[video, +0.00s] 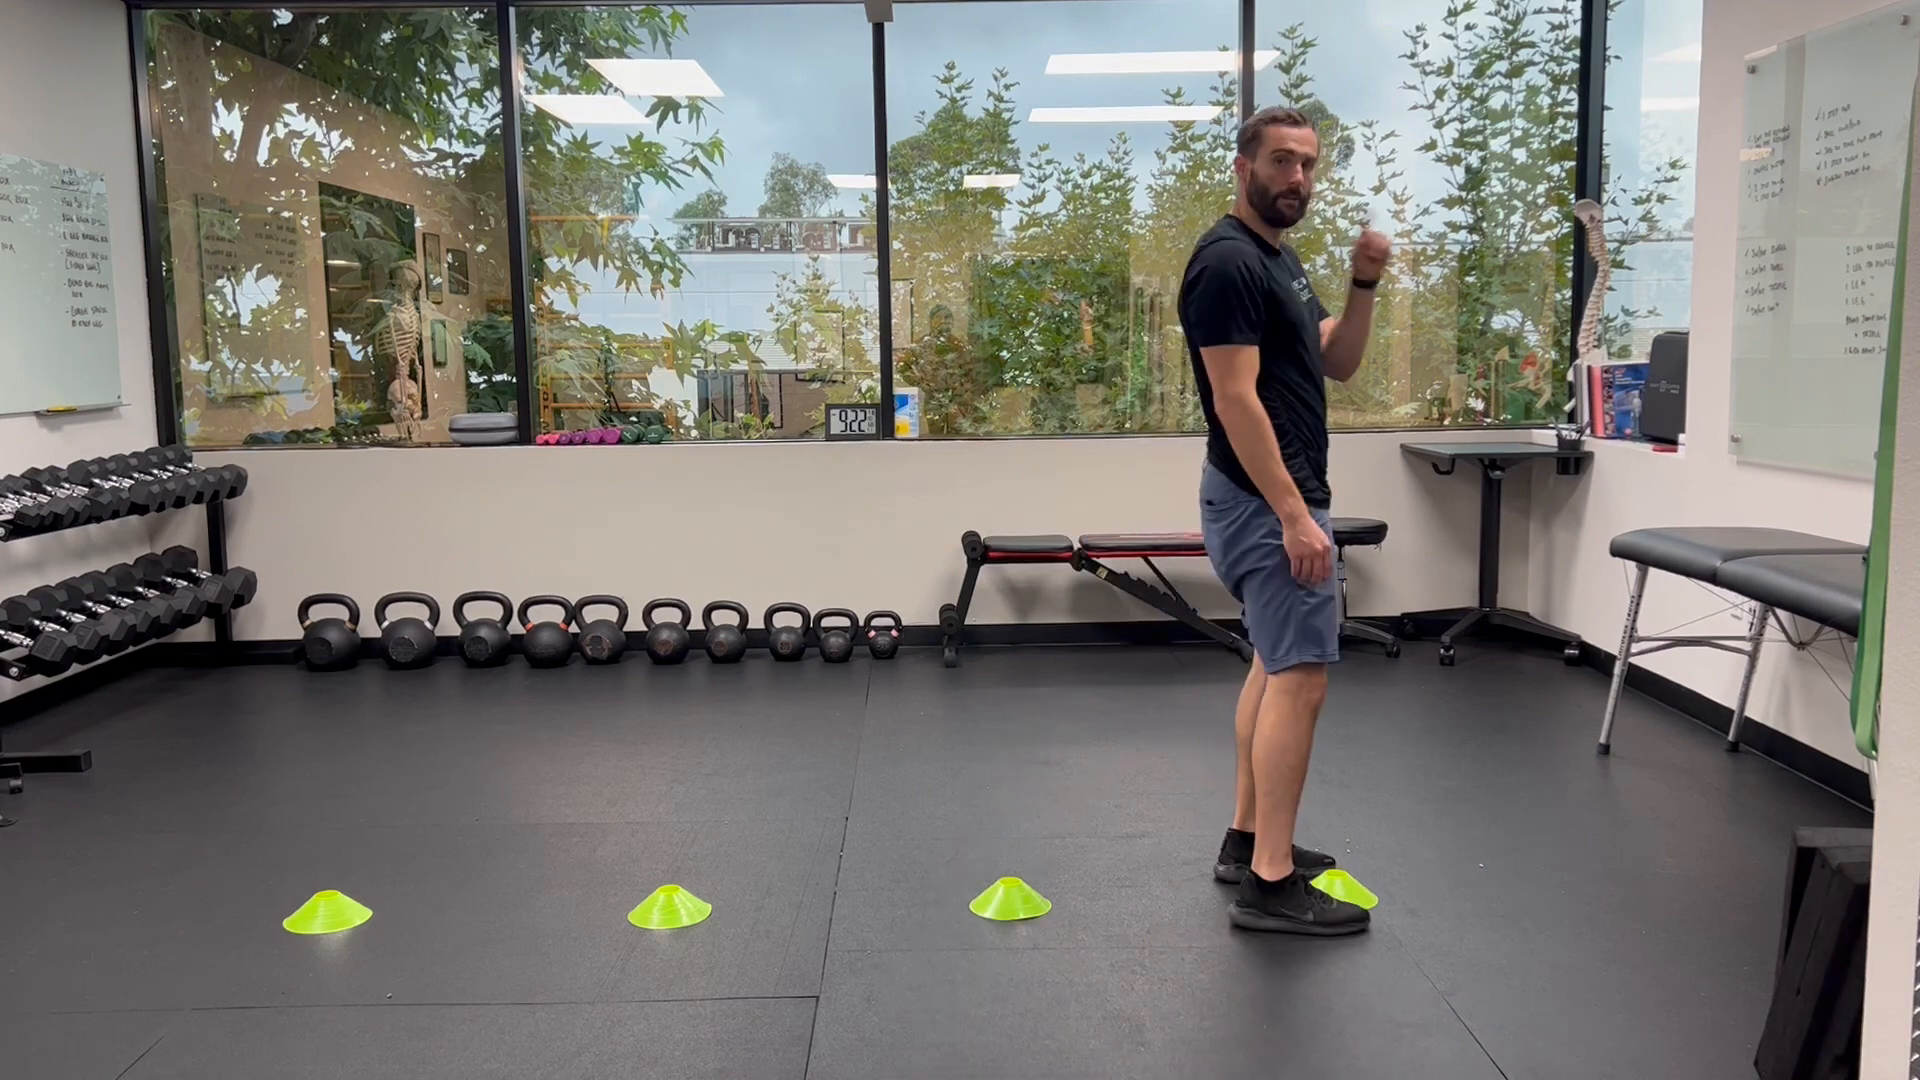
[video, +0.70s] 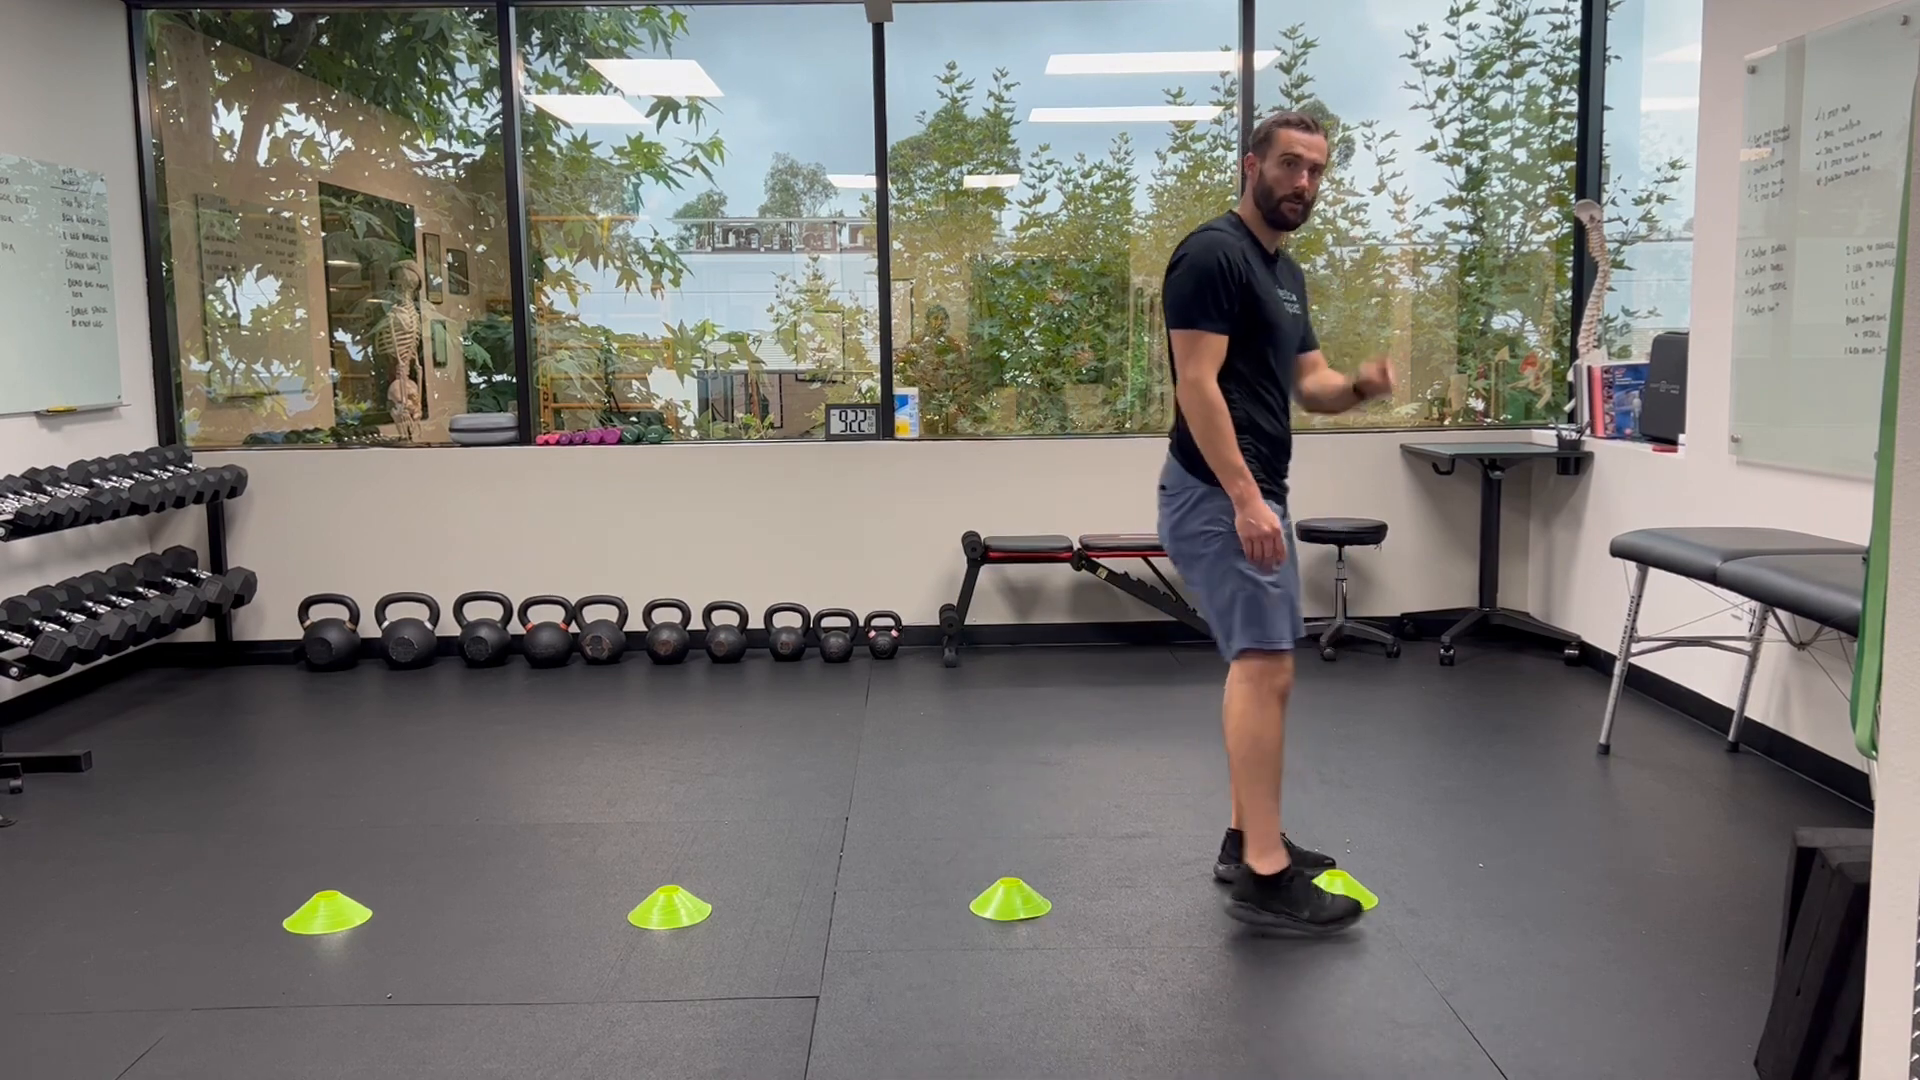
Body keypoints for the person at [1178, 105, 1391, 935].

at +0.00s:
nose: (1298, 177)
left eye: (1308, 164)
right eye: (1283, 160)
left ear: (1314, 176)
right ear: (1242, 166)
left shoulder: (1273, 260)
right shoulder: (1228, 261)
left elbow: (1335, 364)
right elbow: (1234, 399)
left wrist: (1363, 283)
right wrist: (1293, 511)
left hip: (1277, 495)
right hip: (1267, 501)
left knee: (1273, 666)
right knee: (1300, 677)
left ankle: (1250, 840)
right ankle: (1272, 878)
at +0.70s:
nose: (1304, 182)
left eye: (1316, 171)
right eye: (1291, 164)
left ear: (1322, 185)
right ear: (1250, 166)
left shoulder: (1285, 273)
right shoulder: (1211, 254)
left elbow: (1309, 383)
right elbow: (1196, 385)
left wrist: (1357, 386)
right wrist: (1245, 497)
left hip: (1259, 492)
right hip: (1216, 494)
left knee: (1267, 665)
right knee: (1262, 665)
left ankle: (1247, 839)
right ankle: (1263, 867)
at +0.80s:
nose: (1286, 186)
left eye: (1299, 175)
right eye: (1274, 167)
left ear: (1304, 187)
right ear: (1237, 166)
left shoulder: (1262, 269)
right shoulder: (1196, 256)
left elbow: (1279, 388)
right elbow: (1178, 386)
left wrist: (1339, 464)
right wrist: (1232, 497)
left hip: (1243, 492)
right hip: (1200, 494)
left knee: (1257, 658)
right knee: (1234, 663)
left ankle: (1250, 836)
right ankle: (1188, 868)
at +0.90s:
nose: (1256, 192)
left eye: (1266, 178)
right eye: (1244, 173)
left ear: (1267, 181)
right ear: (1203, 167)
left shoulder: (1227, 260)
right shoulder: (1168, 264)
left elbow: (1223, 391)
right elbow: (1158, 394)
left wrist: (1251, 489)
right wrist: (1225, 500)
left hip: (1229, 492)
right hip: (1184, 497)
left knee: (1252, 657)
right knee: (1207, 668)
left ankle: (1248, 837)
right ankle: (1088, 845)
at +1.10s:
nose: (1188, 225)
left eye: (1191, 210)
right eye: (1177, 210)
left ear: (1148, 208)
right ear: (1128, 203)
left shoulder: (1130, 285)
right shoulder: (1091, 295)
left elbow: (1135, 423)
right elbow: (1105, 436)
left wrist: (1202, 506)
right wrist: (1221, 492)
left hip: (1177, 527)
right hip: (1121, 532)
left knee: (1234, 669)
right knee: (1101, 705)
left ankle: (1249, 838)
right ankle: (968, 865)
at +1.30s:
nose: (1096, 223)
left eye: (1099, 207)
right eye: (1086, 207)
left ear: (1042, 204)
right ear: (1035, 201)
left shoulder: (1031, 279)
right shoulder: (988, 296)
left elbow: (1031, 420)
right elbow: (1001, 443)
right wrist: (1126, 489)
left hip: (1063, 519)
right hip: (1016, 524)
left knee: (1112, 664)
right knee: (1003, 699)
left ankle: (1163, 811)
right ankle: (936, 892)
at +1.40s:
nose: (1048, 207)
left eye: (1050, 191)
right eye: (1038, 191)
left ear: (998, 187)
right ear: (984, 186)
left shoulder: (993, 262)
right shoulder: (936, 282)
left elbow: (991, 405)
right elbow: (932, 434)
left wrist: (1027, 501)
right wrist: (1028, 521)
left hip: (1011, 499)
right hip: (970, 510)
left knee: (1049, 644)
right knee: (979, 691)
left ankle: (1051, 797)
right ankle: (935, 891)